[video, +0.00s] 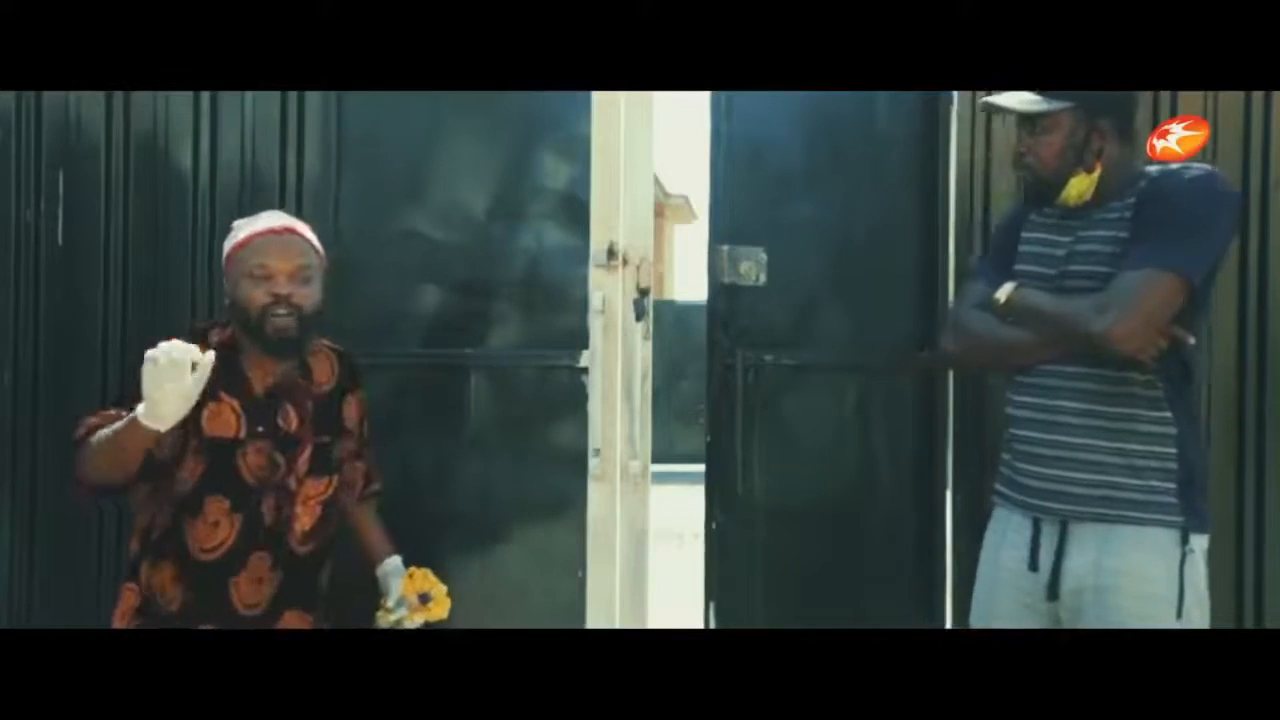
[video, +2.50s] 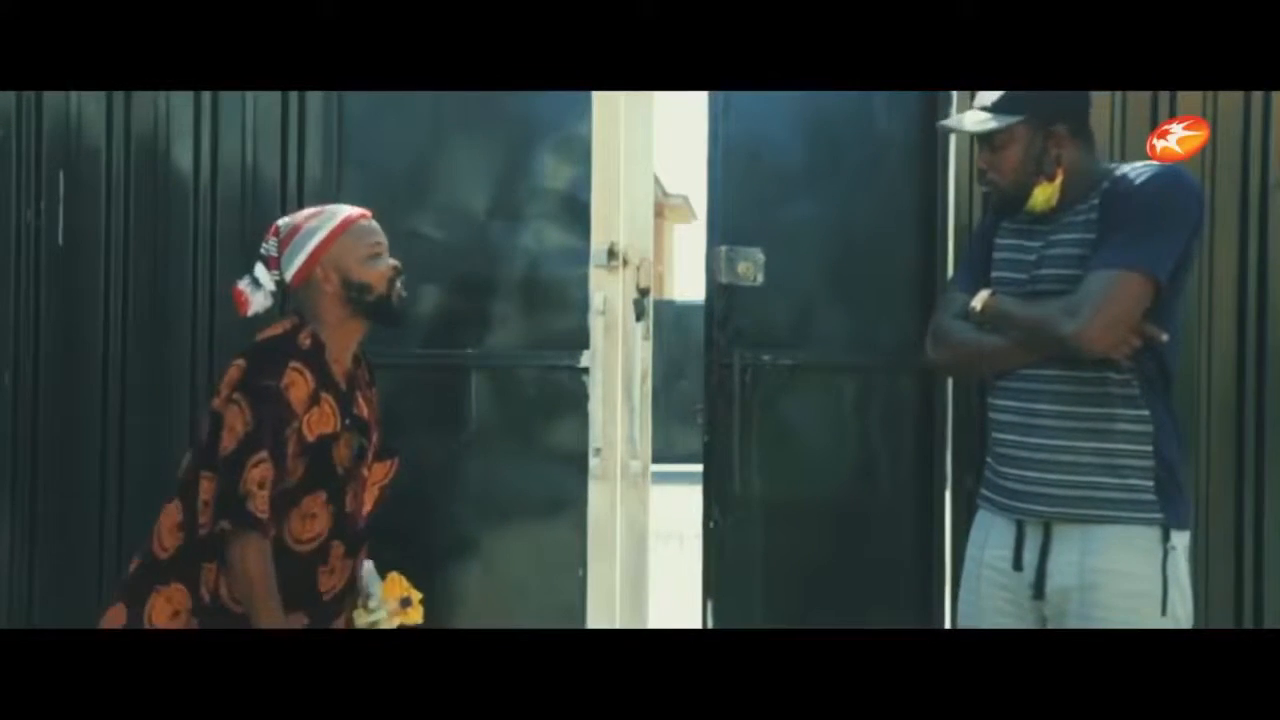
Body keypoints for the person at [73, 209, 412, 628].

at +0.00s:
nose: (282, 294)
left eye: (301, 278)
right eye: (260, 278)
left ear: (321, 290)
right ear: (229, 288)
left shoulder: (334, 375)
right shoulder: (184, 368)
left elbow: (354, 489)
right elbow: (94, 470)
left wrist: (392, 572)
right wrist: (152, 418)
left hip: (288, 614)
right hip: (175, 612)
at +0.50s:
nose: (340, 296)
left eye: (353, 281)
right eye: (315, 281)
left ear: (366, 292)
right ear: (273, 291)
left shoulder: (344, 382)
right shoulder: (223, 369)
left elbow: (336, 500)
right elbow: (196, 427)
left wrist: (369, 575)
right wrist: (246, 363)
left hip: (300, 603)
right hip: (206, 603)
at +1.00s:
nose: (351, 299)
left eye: (364, 283)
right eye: (327, 283)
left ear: (380, 292)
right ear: (286, 294)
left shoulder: (356, 370)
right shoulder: (254, 357)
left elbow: (342, 497)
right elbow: (278, 419)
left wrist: (367, 575)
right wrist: (389, 352)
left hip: (306, 600)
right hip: (220, 605)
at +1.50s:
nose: (385, 285)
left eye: (380, 271)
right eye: (364, 273)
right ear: (309, 286)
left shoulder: (356, 374)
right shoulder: (241, 366)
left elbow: (353, 499)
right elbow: (219, 490)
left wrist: (374, 572)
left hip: (318, 602)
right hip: (225, 603)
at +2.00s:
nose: (391, 272)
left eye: (384, 259)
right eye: (369, 259)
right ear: (315, 275)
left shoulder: (349, 378)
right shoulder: (259, 376)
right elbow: (239, 539)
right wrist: (264, 620)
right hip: (230, 611)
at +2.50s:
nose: (395, 266)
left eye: (388, 254)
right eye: (375, 258)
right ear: (326, 278)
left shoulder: (354, 372)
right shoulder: (275, 375)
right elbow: (246, 537)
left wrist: (371, 606)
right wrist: (272, 619)